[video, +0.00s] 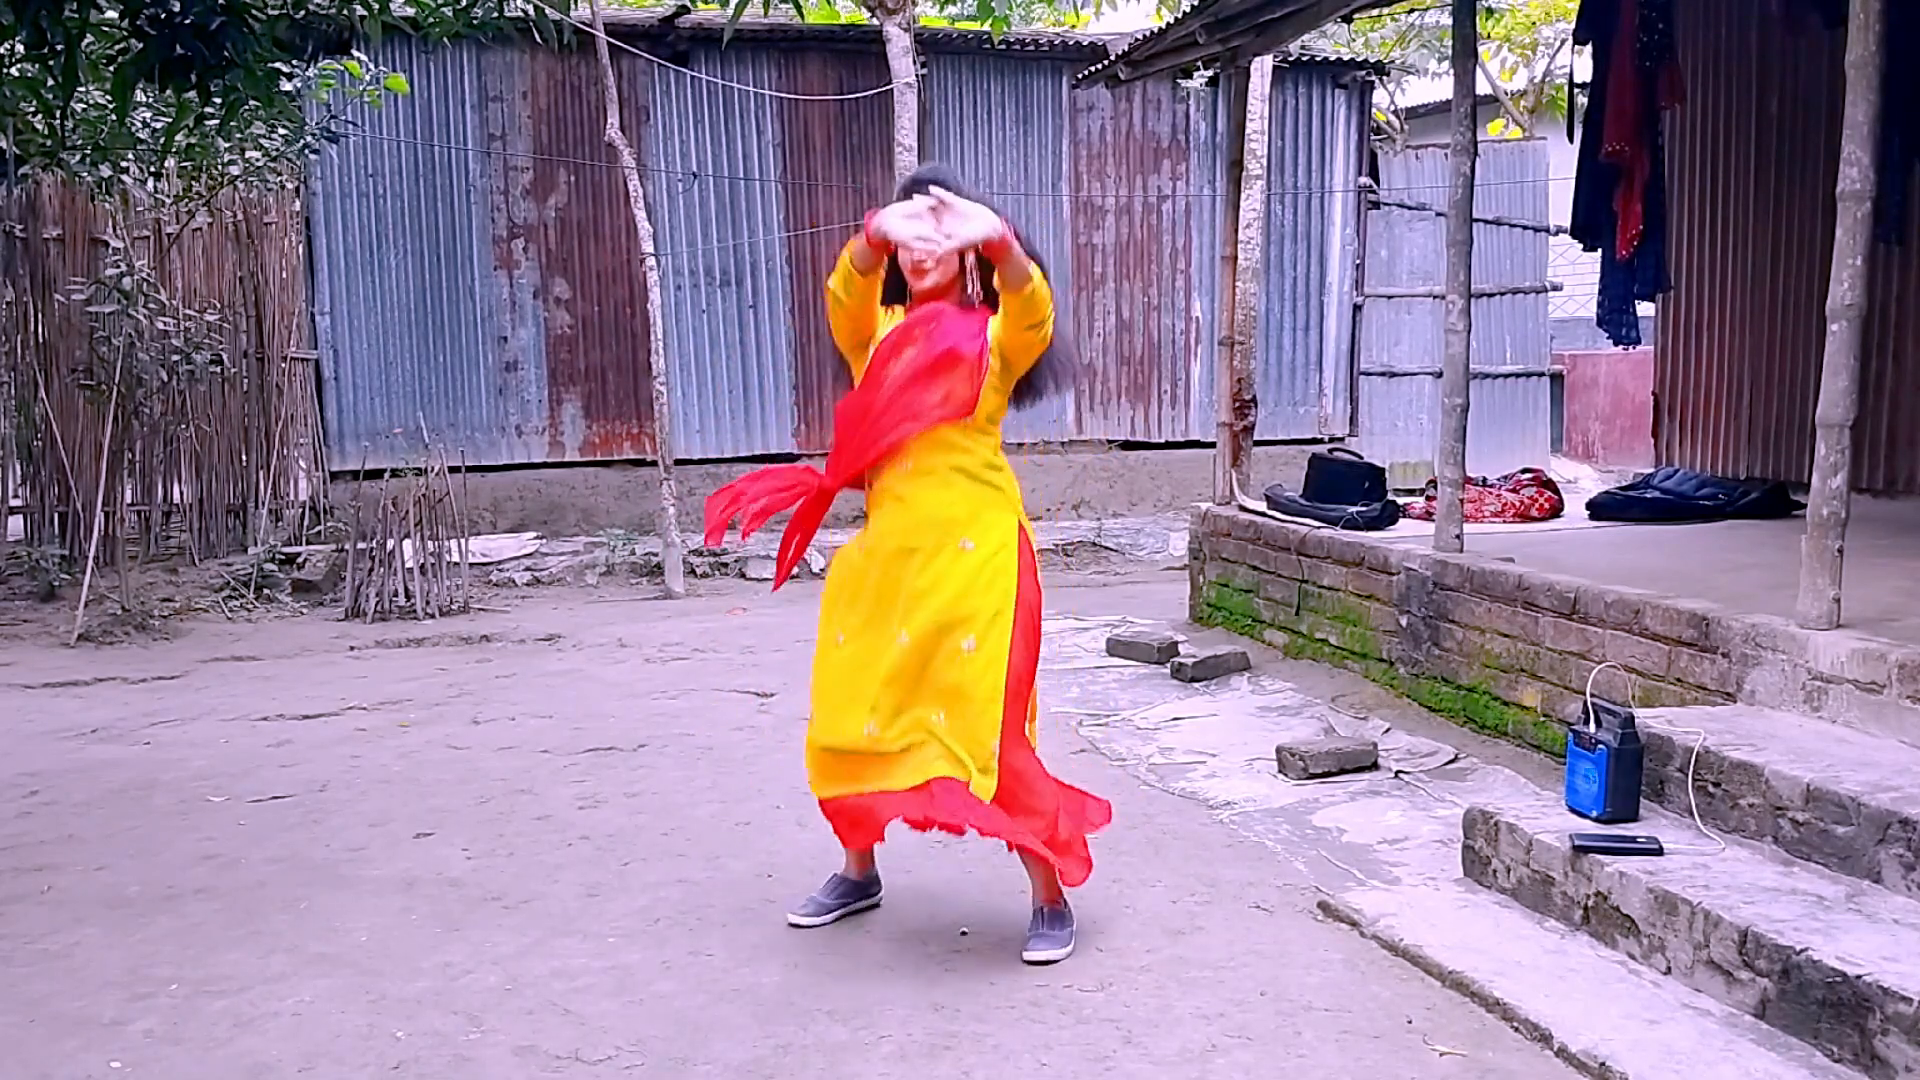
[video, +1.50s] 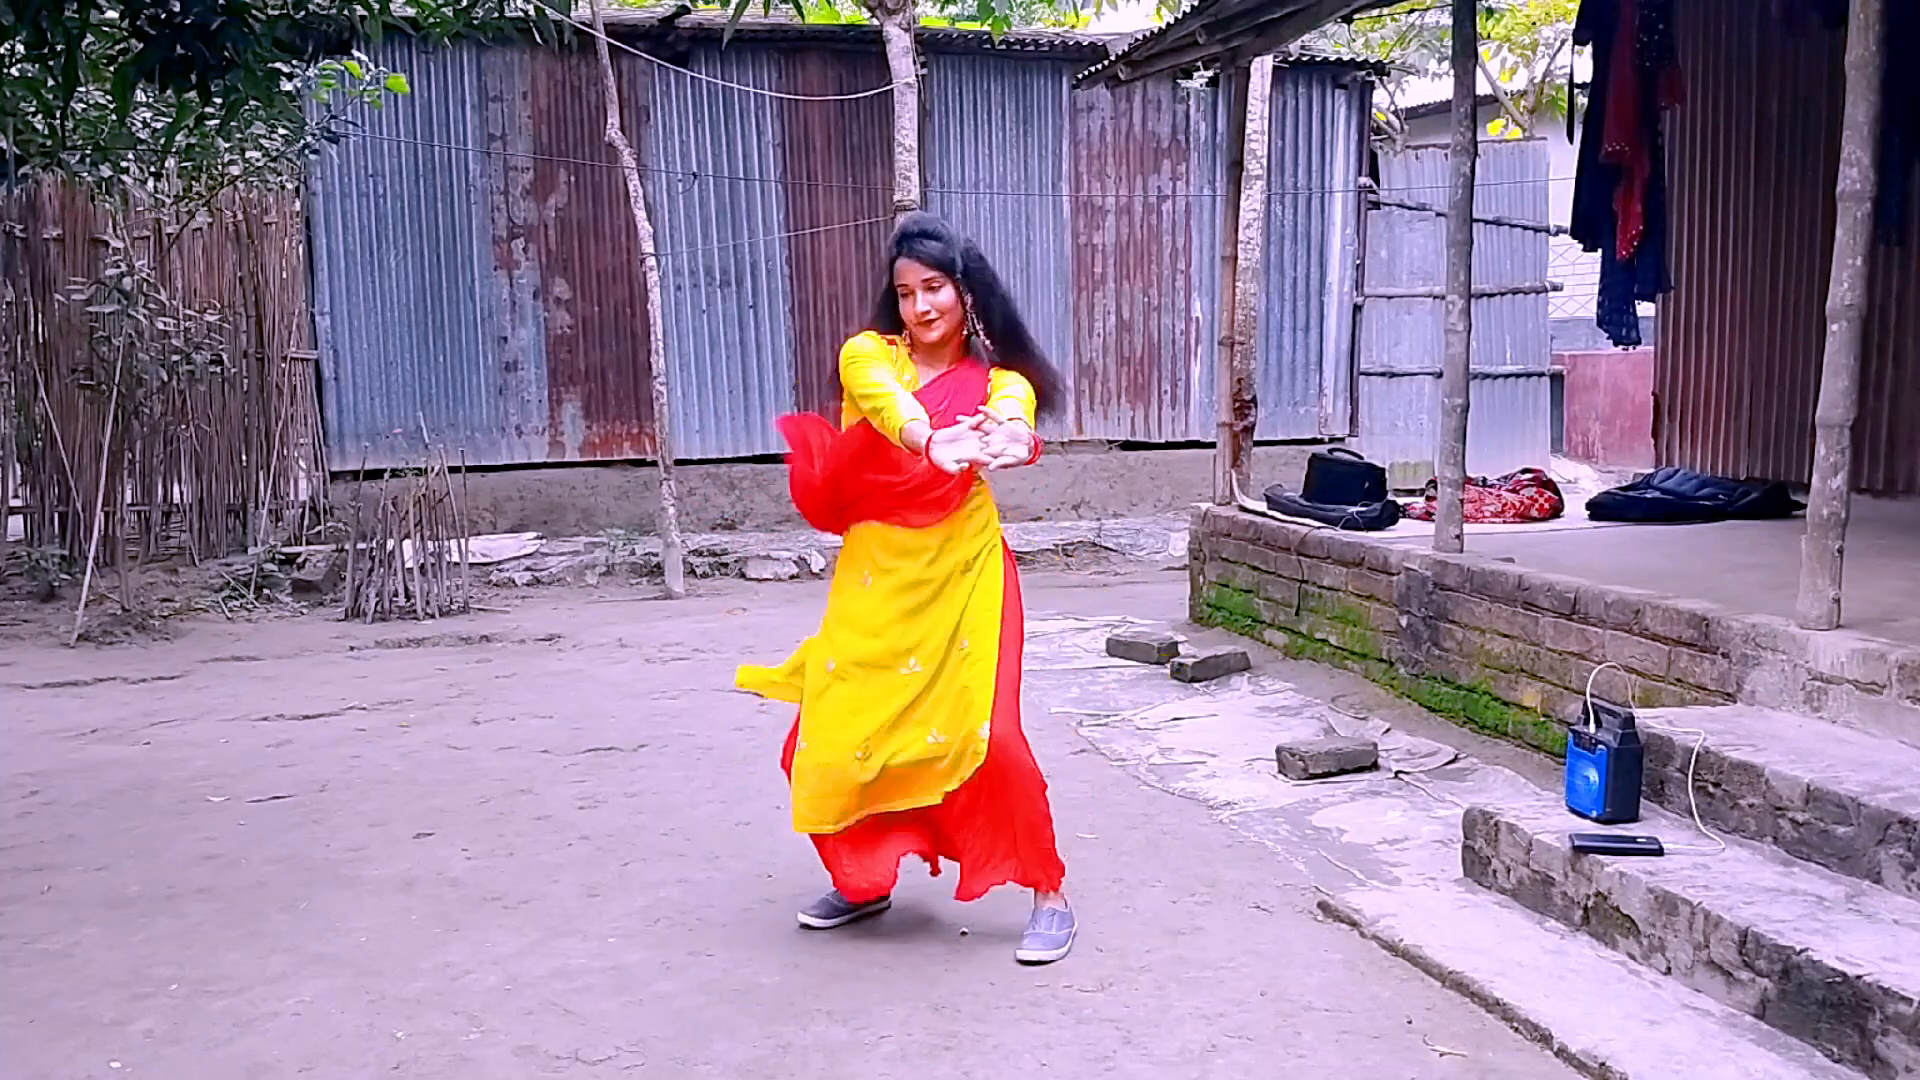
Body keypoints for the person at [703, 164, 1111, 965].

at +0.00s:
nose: (917, 251)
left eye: (933, 233)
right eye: (904, 238)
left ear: (966, 244)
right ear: (892, 253)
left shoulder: (988, 334)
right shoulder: (879, 332)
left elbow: (1028, 315)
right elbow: (847, 299)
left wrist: (1004, 249)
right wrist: (871, 240)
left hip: (977, 531)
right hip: (889, 534)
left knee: (985, 711)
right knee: (842, 698)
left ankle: (1049, 897)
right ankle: (857, 868)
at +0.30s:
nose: (909, 302)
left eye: (923, 285)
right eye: (896, 290)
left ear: (954, 286)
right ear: (883, 297)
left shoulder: (994, 379)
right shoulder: (860, 364)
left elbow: (989, 446)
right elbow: (792, 414)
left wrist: (919, 476)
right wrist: (815, 460)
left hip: (951, 586)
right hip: (855, 585)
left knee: (1003, 735)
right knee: (844, 730)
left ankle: (1048, 902)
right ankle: (841, 885)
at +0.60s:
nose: (907, 332)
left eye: (923, 316)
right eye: (895, 316)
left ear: (955, 319)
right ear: (883, 322)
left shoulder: (986, 384)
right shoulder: (886, 403)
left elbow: (892, 400)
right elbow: (821, 437)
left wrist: (764, 404)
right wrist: (740, 429)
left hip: (959, 616)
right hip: (878, 607)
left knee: (936, 781)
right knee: (815, 730)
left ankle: (1040, 901)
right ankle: (861, 873)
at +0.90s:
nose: (932, 294)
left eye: (949, 277)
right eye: (921, 278)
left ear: (984, 282)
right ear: (911, 283)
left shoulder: (1012, 349)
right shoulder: (898, 364)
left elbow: (1077, 391)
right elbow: (851, 436)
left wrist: (992, 472)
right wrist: (912, 471)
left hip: (1001, 558)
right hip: (920, 563)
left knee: (1009, 726)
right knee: (876, 715)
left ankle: (1049, 898)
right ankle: (875, 873)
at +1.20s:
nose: (950, 326)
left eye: (963, 307)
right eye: (936, 313)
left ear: (996, 305)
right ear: (925, 316)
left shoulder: (1020, 388)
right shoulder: (903, 370)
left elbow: (1047, 419)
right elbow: (900, 374)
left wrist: (1024, 387)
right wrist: (954, 372)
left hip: (995, 572)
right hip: (906, 575)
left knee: (1023, 731)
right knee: (863, 722)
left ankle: (1040, 906)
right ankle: (866, 876)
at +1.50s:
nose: (920, 305)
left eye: (933, 287)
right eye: (905, 292)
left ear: (966, 290)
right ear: (892, 300)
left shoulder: (997, 376)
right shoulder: (867, 353)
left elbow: (1012, 419)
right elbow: (887, 402)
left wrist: (1003, 438)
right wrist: (932, 438)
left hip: (971, 561)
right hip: (879, 563)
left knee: (992, 729)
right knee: (834, 722)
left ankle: (1049, 897)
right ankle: (863, 884)